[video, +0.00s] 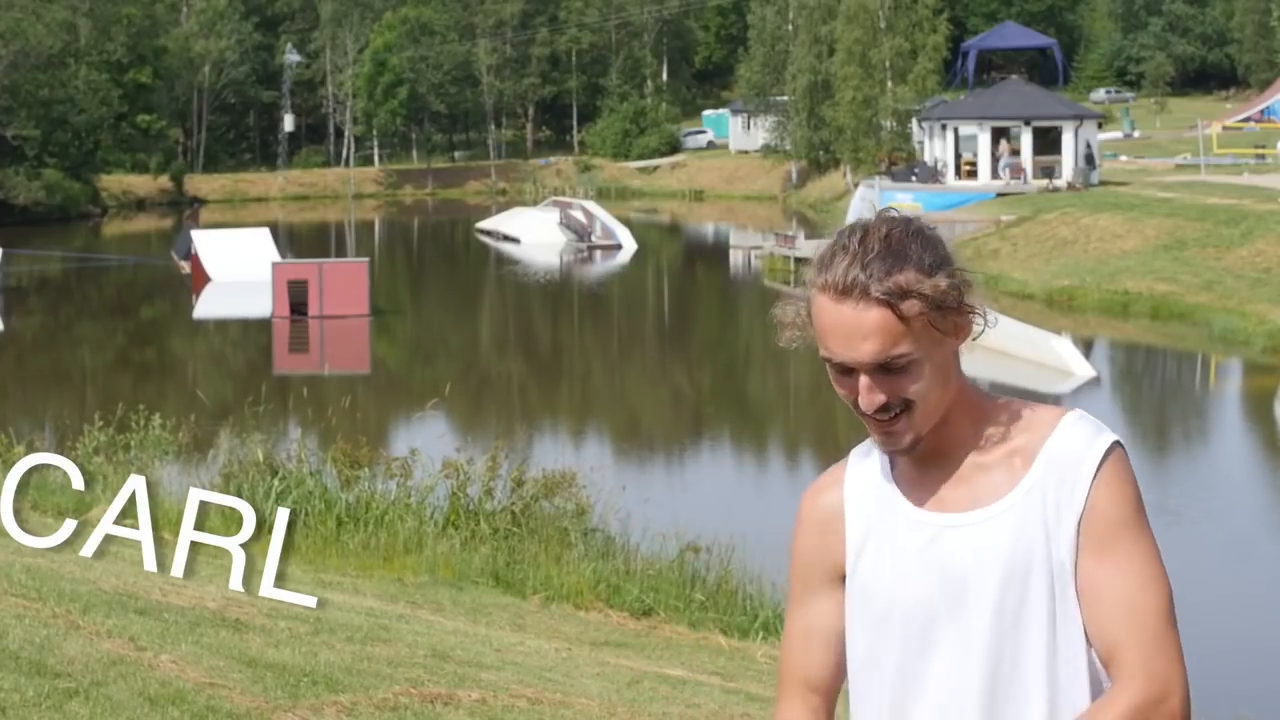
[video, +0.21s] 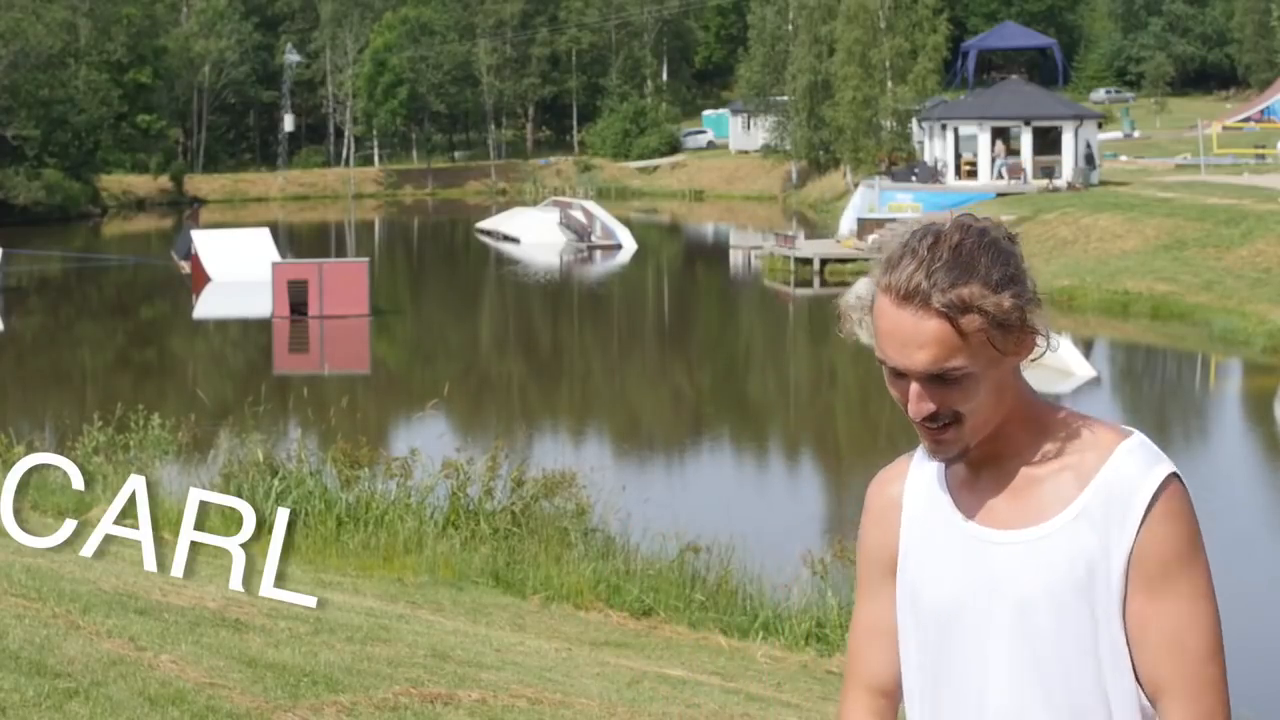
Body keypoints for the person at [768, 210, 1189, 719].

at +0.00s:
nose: (869, 399)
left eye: (895, 366)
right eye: (842, 370)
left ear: (957, 328)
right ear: (820, 350)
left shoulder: (1079, 464)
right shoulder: (834, 505)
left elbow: (1155, 694)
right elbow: (803, 697)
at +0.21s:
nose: (918, 407)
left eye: (948, 377)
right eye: (896, 374)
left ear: (1018, 342)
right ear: (880, 349)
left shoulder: (1136, 492)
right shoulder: (895, 496)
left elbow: (1194, 706)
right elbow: (870, 697)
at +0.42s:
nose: (968, 413)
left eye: (1001, 387)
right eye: (950, 378)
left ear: (1082, 357)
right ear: (939, 353)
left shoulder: (1182, 515)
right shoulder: (951, 480)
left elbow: (1222, 708)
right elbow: (919, 678)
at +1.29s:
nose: (971, 363)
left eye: (1008, 342)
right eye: (963, 328)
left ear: (1091, 341)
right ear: (954, 314)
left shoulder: (1178, 511)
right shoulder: (923, 477)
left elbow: (1197, 711)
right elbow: (864, 677)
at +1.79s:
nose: (911, 355)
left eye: (947, 331)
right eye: (903, 320)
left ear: (1030, 333)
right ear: (893, 308)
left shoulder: (1125, 508)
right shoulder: (861, 480)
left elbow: (1134, 710)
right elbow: (801, 693)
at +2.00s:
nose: (888, 352)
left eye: (922, 325)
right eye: (880, 318)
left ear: (1004, 329)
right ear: (868, 309)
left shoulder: (1107, 499)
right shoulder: (850, 481)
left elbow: (1122, 705)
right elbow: (794, 688)